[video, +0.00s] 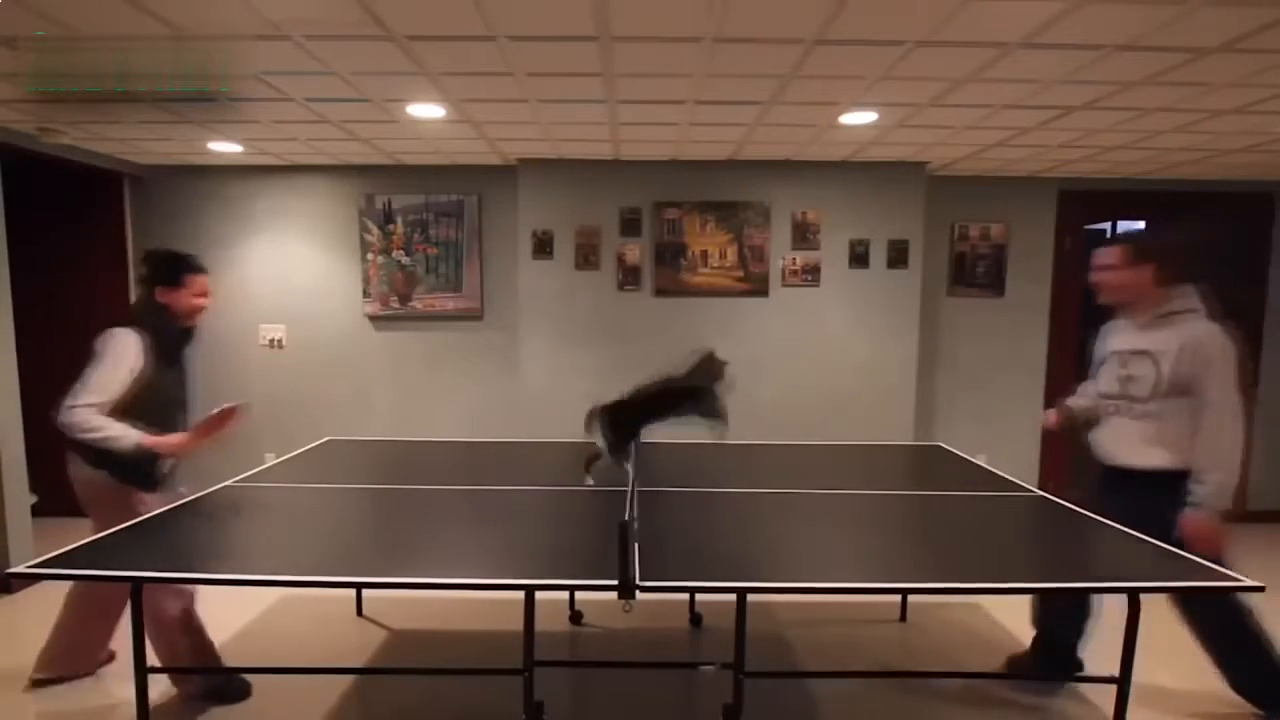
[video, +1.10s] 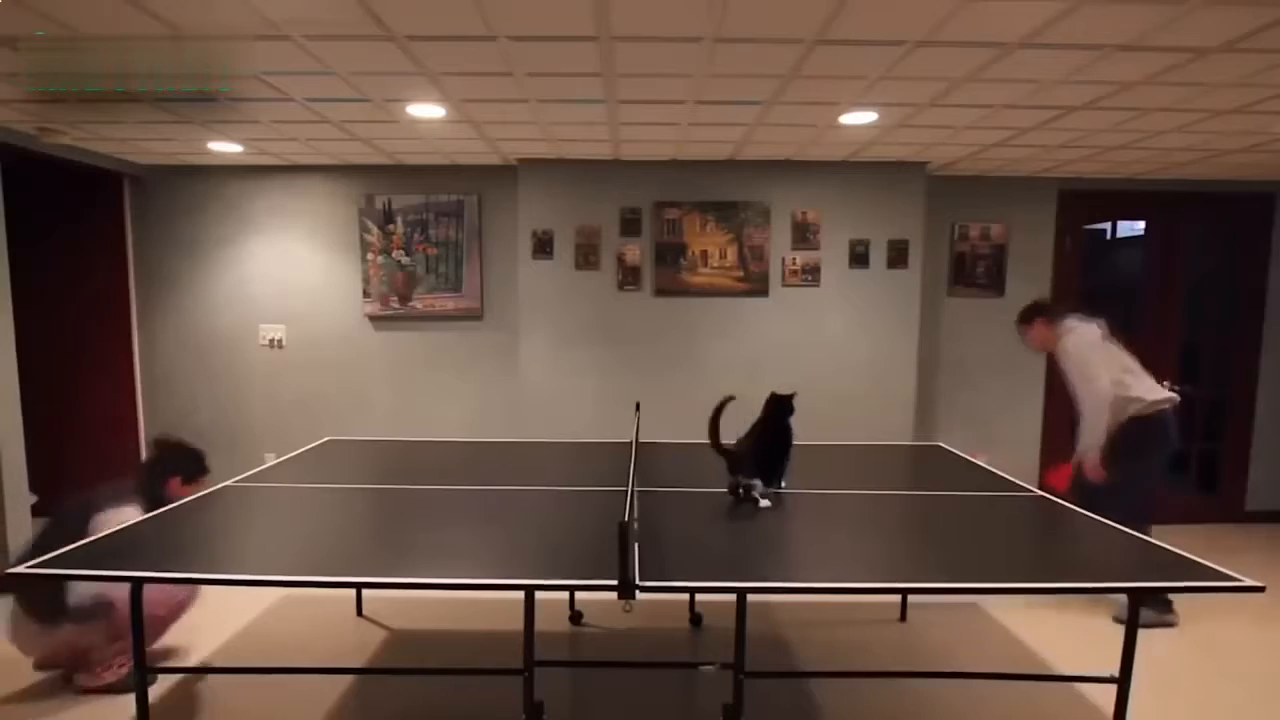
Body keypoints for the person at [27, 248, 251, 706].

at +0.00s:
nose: (205, 303)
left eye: (206, 293)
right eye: (197, 293)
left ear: (175, 296)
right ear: (165, 294)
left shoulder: (169, 345)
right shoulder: (128, 342)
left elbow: (153, 425)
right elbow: (75, 413)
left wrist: (198, 433)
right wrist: (149, 440)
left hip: (144, 472)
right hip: (107, 474)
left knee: (112, 564)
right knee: (163, 571)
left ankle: (66, 659)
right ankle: (200, 674)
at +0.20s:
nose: (143, 292)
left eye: (147, 284)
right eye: (135, 281)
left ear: (146, 291)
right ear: (107, 283)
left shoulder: (126, 342)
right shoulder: (69, 333)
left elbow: (126, 410)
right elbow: (33, 410)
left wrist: (151, 422)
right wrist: (115, 429)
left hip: (110, 468)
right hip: (71, 471)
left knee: (97, 560)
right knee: (129, 554)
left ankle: (65, 659)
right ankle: (161, 665)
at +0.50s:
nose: (178, 344)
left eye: (181, 334)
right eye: (176, 332)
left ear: (151, 327)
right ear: (151, 325)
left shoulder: (126, 368)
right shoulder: (97, 360)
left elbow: (92, 434)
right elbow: (48, 432)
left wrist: (117, 466)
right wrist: (107, 465)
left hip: (52, 473)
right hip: (25, 474)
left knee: (95, 555)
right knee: (101, 555)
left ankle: (57, 661)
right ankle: (93, 670)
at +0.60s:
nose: (193, 389)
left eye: (198, 382)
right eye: (194, 379)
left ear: (173, 364)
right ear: (174, 363)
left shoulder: (142, 395)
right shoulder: (115, 389)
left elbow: (87, 460)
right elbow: (52, 461)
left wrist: (98, 502)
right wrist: (95, 501)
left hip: (35, 488)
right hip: (13, 491)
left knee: (97, 557)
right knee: (106, 556)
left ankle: (57, 663)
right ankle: (94, 670)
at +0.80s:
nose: (198, 448)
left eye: (204, 442)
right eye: (202, 439)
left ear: (183, 418)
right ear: (187, 425)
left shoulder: (139, 429)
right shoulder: (133, 437)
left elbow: (77, 489)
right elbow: (55, 497)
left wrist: (99, 523)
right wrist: (96, 526)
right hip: (14, 523)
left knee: (107, 567)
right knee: (124, 563)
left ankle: (56, 664)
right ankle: (98, 671)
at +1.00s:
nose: (200, 494)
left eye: (205, 485)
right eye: (202, 483)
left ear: (180, 468)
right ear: (186, 473)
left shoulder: (135, 477)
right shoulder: (137, 490)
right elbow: (77, 551)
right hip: (20, 588)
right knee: (161, 580)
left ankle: (59, 663)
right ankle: (102, 671)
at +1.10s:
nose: (197, 497)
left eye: (199, 489)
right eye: (194, 488)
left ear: (171, 481)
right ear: (175, 483)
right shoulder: (125, 510)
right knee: (179, 588)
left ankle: (67, 653)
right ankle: (103, 669)